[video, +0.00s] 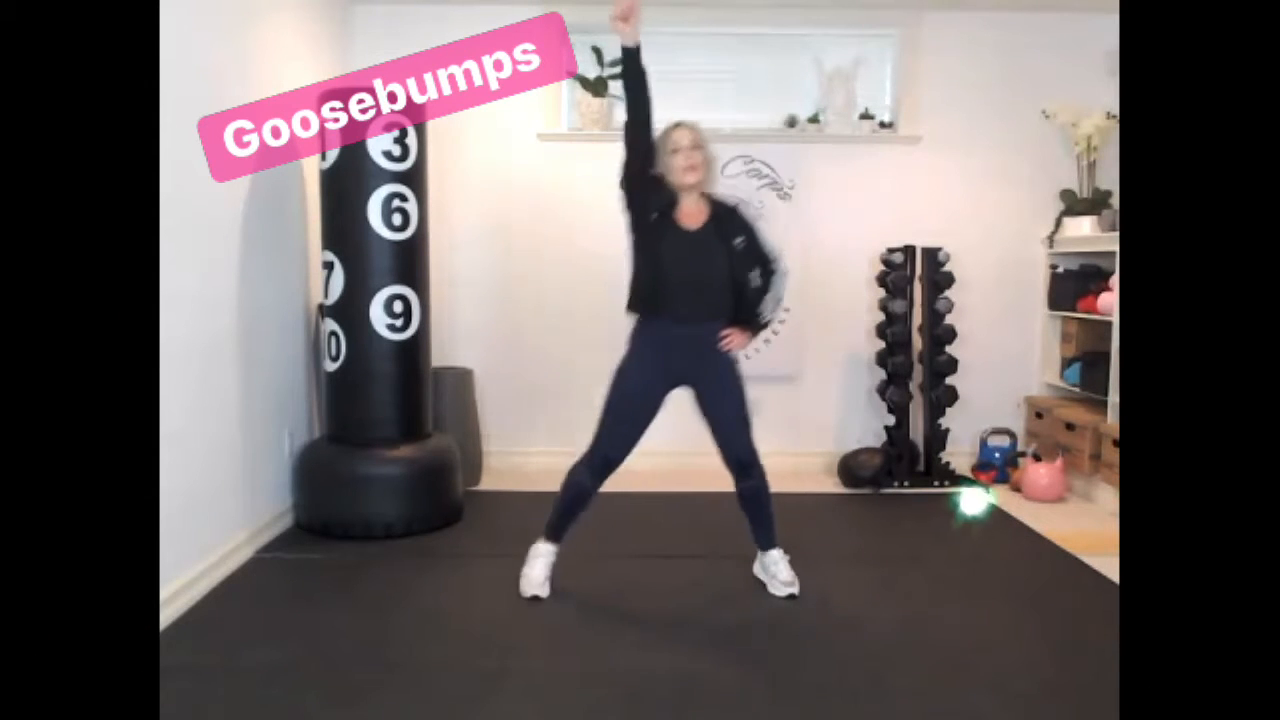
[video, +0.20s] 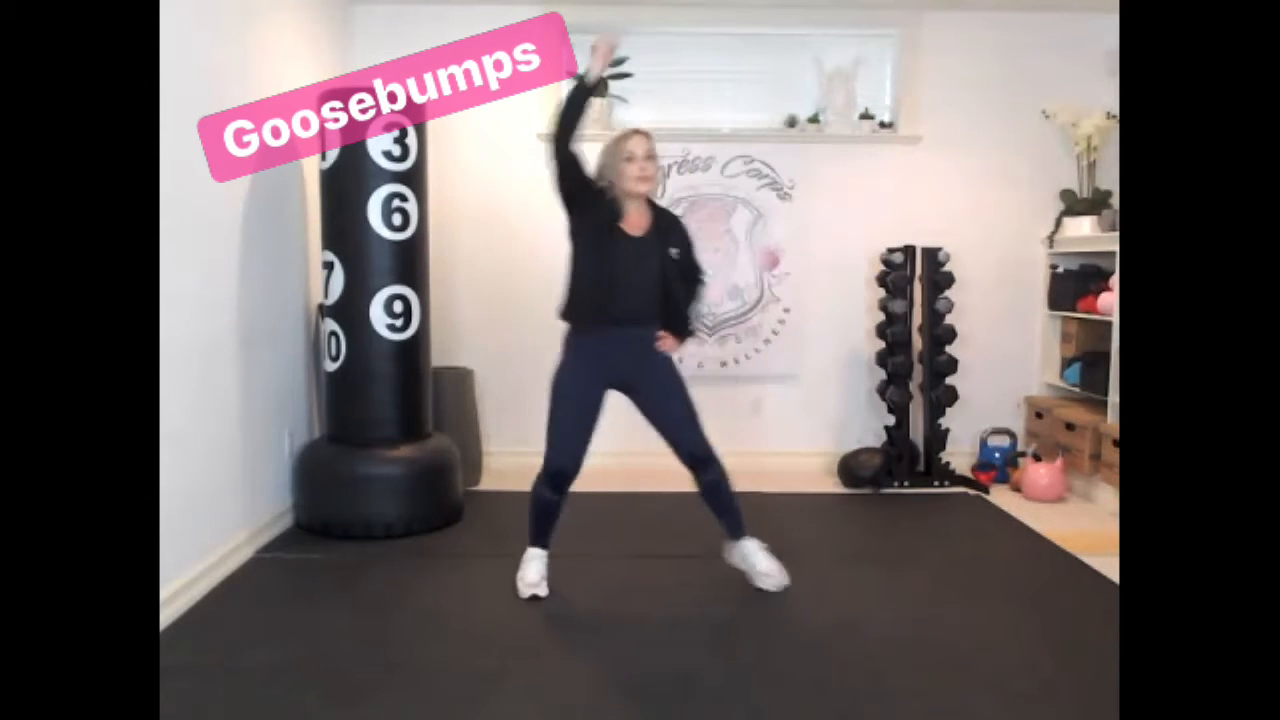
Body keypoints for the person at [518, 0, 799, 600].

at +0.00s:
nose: (688, 157)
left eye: (695, 149)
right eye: (678, 150)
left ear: (707, 160)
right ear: (661, 163)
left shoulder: (727, 219)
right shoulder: (648, 205)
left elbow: (765, 274)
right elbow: (637, 125)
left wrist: (751, 324)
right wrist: (629, 44)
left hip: (711, 349)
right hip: (653, 345)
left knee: (742, 457)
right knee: (605, 455)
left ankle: (770, 552)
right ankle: (546, 547)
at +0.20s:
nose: (642, 168)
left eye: (648, 160)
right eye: (631, 160)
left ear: (658, 169)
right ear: (611, 167)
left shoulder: (668, 226)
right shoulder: (589, 210)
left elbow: (689, 282)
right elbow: (563, 143)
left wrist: (676, 330)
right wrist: (591, 79)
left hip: (646, 352)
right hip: (587, 351)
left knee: (697, 453)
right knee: (561, 465)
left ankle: (740, 543)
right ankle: (536, 554)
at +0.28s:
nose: (632, 158)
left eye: (637, 149)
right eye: (620, 150)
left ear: (646, 157)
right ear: (600, 159)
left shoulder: (656, 216)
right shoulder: (573, 200)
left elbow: (670, 276)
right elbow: (516, 198)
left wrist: (663, 321)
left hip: (627, 343)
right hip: (571, 341)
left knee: (668, 447)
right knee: (557, 456)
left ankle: (678, 533)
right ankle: (537, 552)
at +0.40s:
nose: (619, 167)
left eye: (628, 160)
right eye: (609, 159)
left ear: (638, 169)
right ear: (589, 168)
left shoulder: (649, 228)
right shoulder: (559, 226)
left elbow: (659, 288)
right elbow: (525, 290)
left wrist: (647, 330)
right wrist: (529, 295)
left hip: (609, 353)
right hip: (553, 351)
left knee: (621, 463)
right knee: (547, 462)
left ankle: (602, 533)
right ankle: (535, 551)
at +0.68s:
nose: (597, 168)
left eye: (607, 161)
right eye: (589, 159)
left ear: (619, 170)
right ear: (575, 166)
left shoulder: (636, 226)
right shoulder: (545, 219)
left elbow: (699, 274)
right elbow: (490, 254)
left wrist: (674, 323)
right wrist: (512, 307)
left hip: (612, 356)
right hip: (552, 352)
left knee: (647, 453)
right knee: (541, 463)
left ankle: (623, 526)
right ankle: (536, 552)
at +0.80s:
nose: (618, 144)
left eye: (629, 138)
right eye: (611, 135)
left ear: (641, 148)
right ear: (595, 141)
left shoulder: (650, 190)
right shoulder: (565, 192)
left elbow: (699, 157)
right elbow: (510, 233)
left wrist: (683, 107)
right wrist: (532, 288)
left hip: (634, 329)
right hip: (576, 330)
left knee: (679, 437)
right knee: (557, 449)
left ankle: (706, 533)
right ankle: (540, 549)